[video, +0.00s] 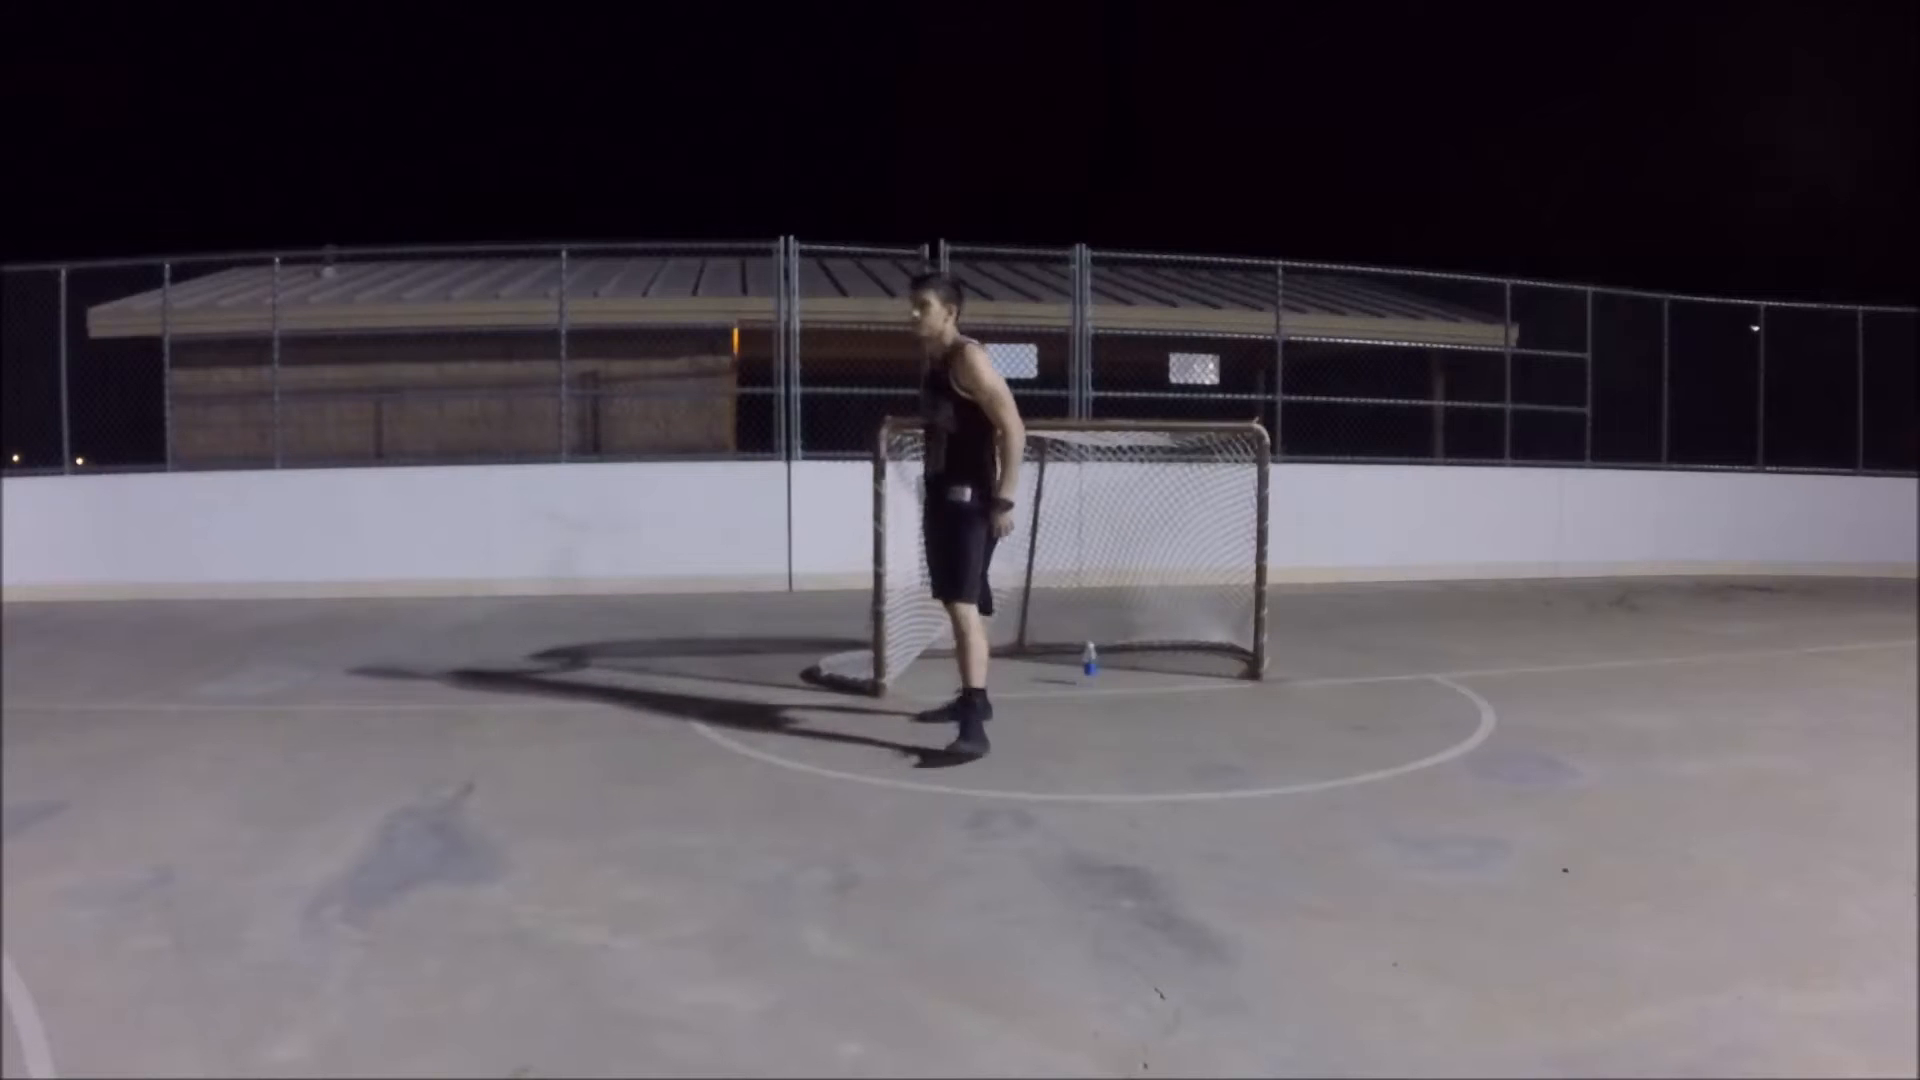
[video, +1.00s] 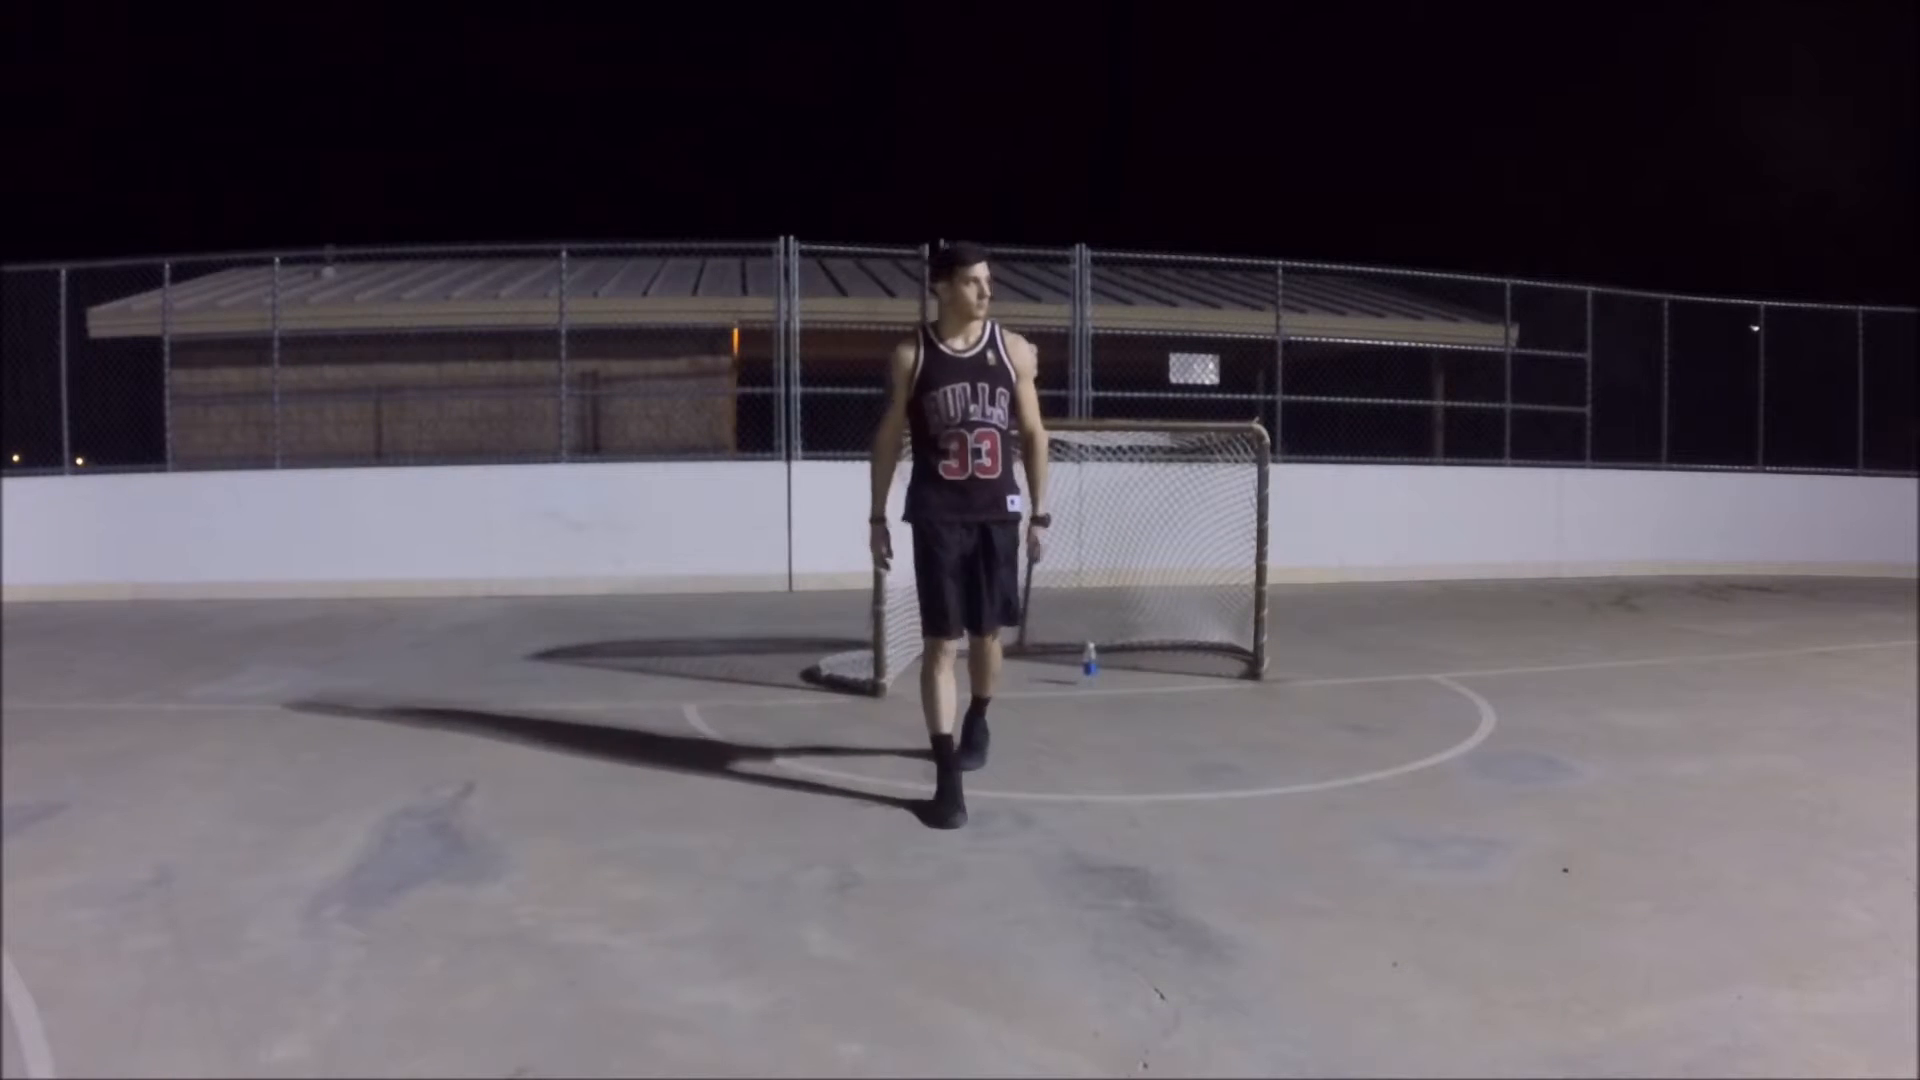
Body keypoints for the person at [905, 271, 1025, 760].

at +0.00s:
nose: (915, 316)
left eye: (923, 308)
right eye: (914, 308)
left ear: (951, 312)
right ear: (921, 314)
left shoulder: (968, 360)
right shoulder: (937, 361)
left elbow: (1012, 428)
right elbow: (947, 424)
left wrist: (1005, 500)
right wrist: (905, 426)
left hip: (968, 498)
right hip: (944, 497)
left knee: (964, 606)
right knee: (958, 605)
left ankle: (975, 724)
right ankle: (971, 700)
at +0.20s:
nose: (927, 311)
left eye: (937, 302)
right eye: (924, 303)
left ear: (965, 308)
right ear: (924, 311)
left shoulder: (989, 363)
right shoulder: (934, 360)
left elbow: (1023, 436)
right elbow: (946, 425)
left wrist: (1014, 509)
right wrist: (905, 426)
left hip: (977, 500)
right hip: (937, 497)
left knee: (965, 614)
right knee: (939, 606)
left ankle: (977, 733)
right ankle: (964, 691)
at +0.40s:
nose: (938, 298)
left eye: (948, 289)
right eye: (934, 290)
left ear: (975, 294)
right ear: (930, 299)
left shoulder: (1007, 347)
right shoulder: (934, 354)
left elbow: (1030, 425)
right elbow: (932, 422)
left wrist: (1019, 501)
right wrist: (911, 472)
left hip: (988, 500)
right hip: (937, 498)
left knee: (978, 619)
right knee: (910, 606)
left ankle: (978, 730)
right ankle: (939, 675)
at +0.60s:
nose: (954, 294)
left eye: (963, 284)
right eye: (946, 287)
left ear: (984, 289)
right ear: (938, 295)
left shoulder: (1017, 348)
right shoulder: (928, 350)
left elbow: (1038, 425)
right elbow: (910, 420)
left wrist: (1013, 485)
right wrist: (890, 465)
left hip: (993, 500)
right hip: (938, 499)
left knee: (986, 621)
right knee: (924, 611)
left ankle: (978, 730)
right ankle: (902, 687)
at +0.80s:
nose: (980, 290)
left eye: (985, 281)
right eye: (968, 282)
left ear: (993, 285)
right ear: (943, 289)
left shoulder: (1019, 344)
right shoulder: (923, 346)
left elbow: (1037, 426)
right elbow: (898, 423)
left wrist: (1021, 492)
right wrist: (876, 497)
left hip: (997, 502)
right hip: (938, 500)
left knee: (987, 625)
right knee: (930, 621)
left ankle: (978, 727)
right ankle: (920, 752)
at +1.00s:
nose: (983, 290)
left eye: (986, 281)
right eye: (971, 283)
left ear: (991, 287)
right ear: (941, 289)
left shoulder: (1015, 350)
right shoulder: (912, 356)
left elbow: (1034, 433)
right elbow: (889, 437)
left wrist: (1039, 509)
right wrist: (878, 514)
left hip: (998, 516)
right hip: (937, 518)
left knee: (986, 635)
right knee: (941, 644)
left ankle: (978, 715)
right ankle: (947, 776)